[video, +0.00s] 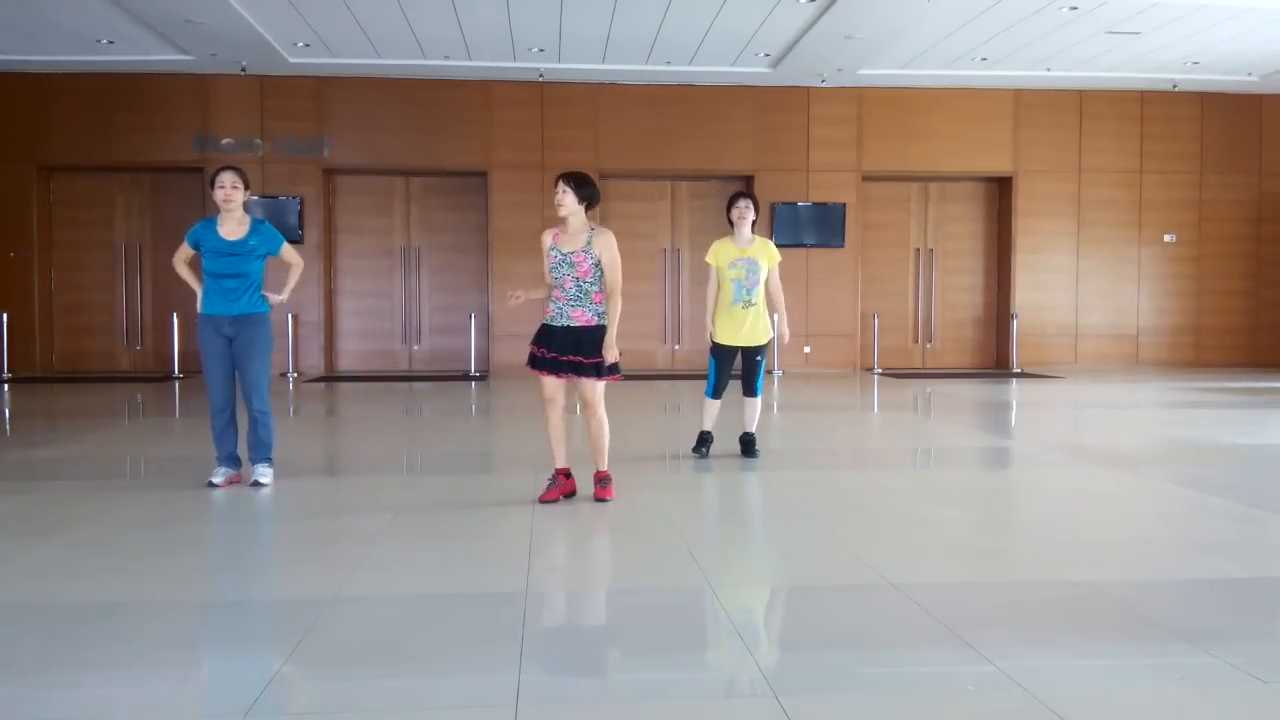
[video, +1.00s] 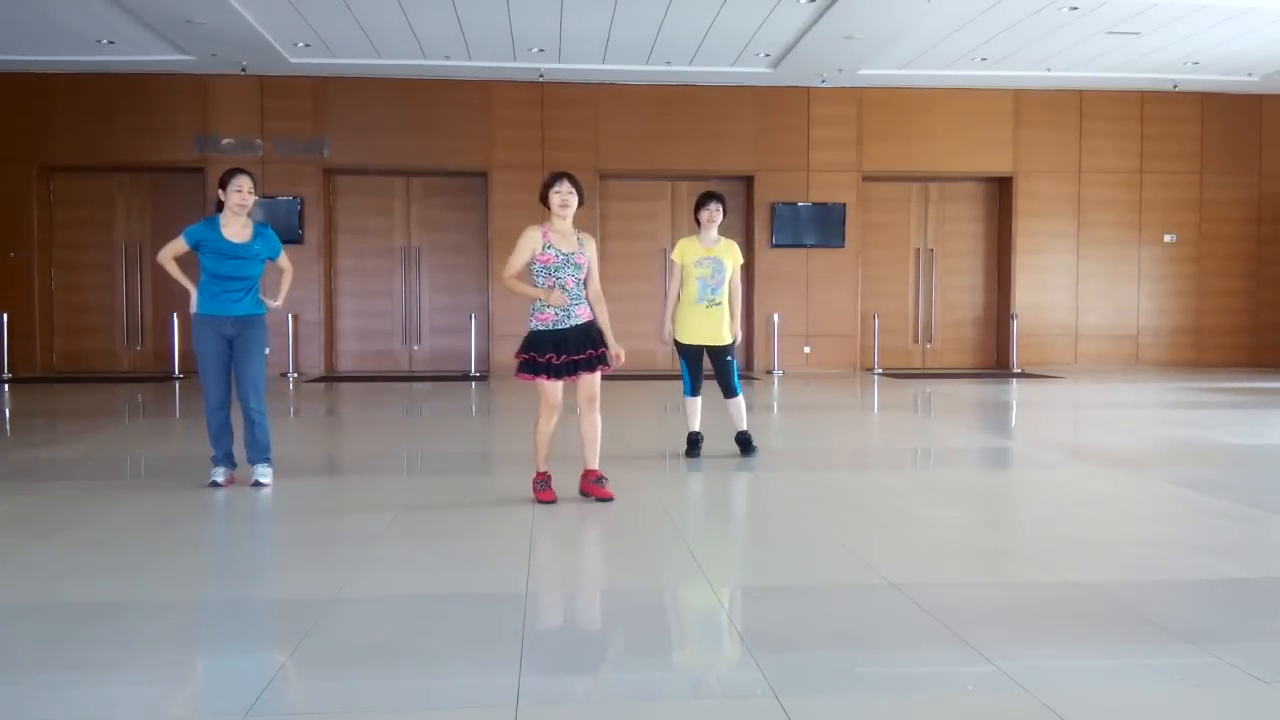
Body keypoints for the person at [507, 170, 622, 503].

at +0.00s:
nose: (557, 198)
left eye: (564, 193)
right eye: (556, 193)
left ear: (583, 199)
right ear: (556, 200)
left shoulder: (603, 239)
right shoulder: (550, 238)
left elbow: (614, 291)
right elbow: (551, 289)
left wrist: (611, 337)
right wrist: (527, 293)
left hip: (591, 332)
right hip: (554, 330)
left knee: (593, 406)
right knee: (552, 401)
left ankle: (602, 475)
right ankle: (562, 475)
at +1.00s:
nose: (564, 197)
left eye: (570, 193)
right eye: (557, 193)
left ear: (578, 201)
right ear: (547, 200)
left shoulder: (586, 242)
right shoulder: (534, 235)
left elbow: (595, 292)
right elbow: (508, 277)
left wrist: (610, 339)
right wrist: (542, 293)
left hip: (585, 330)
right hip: (548, 332)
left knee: (590, 401)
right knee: (552, 405)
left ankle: (592, 474)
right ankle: (542, 475)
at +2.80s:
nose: (567, 198)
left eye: (573, 193)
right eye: (560, 193)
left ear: (581, 200)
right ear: (549, 200)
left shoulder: (589, 243)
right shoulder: (538, 235)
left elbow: (597, 296)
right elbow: (509, 274)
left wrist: (611, 341)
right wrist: (506, 324)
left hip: (586, 332)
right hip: (548, 334)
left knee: (591, 403)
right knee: (549, 405)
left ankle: (591, 477)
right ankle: (542, 476)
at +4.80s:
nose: (568, 201)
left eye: (574, 196)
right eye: (562, 196)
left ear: (584, 202)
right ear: (551, 202)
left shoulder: (594, 244)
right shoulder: (538, 238)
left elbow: (603, 296)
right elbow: (495, 262)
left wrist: (613, 343)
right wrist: (528, 284)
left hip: (582, 336)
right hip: (547, 335)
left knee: (597, 405)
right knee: (547, 404)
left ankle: (589, 478)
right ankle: (546, 478)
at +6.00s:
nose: (578, 203)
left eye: (583, 198)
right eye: (570, 198)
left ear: (592, 205)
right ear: (560, 205)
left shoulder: (597, 247)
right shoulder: (554, 237)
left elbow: (610, 296)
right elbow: (518, 271)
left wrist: (629, 342)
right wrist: (547, 308)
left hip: (601, 334)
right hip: (567, 336)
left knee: (599, 406)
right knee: (577, 409)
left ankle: (602, 476)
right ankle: (549, 477)